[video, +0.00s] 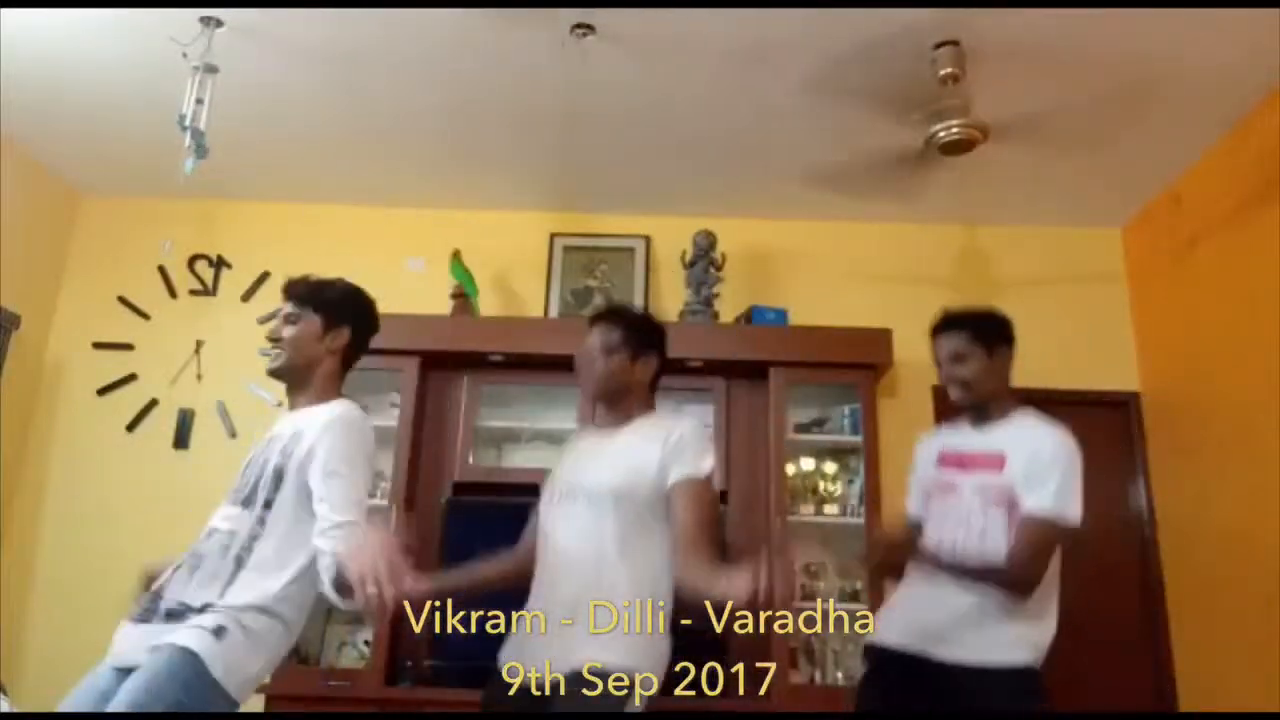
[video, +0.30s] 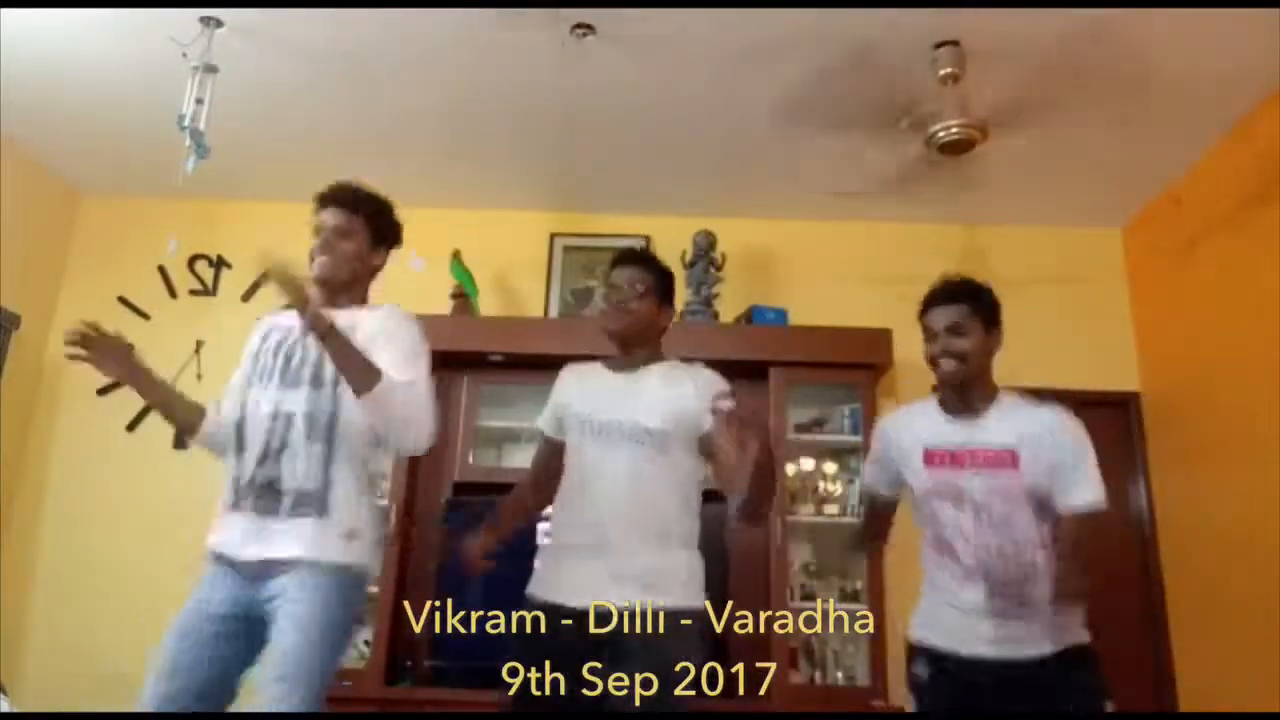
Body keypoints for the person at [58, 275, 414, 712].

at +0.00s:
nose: (273, 331)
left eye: (292, 320)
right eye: (278, 320)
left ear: (336, 340)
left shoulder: (340, 422)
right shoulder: (283, 430)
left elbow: (339, 573)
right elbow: (248, 545)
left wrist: (364, 550)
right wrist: (178, 571)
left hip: (223, 635)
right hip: (167, 621)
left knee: (129, 709)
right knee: (73, 707)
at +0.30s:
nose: (321, 242)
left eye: (339, 233)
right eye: (317, 232)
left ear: (377, 256)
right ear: (308, 245)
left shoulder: (389, 327)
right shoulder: (274, 330)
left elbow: (413, 431)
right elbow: (226, 435)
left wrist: (320, 325)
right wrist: (136, 374)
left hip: (322, 562)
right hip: (236, 557)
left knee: (284, 704)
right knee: (166, 701)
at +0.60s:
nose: (359, 292)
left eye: (378, 284)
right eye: (352, 278)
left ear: (404, 307)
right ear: (337, 291)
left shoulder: (427, 405)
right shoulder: (275, 388)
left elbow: (446, 546)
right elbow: (238, 512)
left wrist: (364, 619)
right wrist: (243, 619)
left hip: (377, 634)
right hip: (276, 625)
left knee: (387, 700)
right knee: (229, 704)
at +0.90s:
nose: (383, 301)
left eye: (396, 289)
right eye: (367, 289)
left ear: (414, 302)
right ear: (341, 304)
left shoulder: (454, 387)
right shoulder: (296, 378)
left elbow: (579, 396)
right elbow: (155, 406)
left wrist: (497, 367)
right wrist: (174, 309)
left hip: (399, 611)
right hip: (297, 606)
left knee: (408, 707)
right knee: (231, 706)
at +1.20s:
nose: (355, 316)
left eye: (375, 313)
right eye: (359, 309)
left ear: (412, 347)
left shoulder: (445, 420)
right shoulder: (293, 399)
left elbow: (567, 393)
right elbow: (167, 340)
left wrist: (478, 335)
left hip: (380, 660)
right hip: (273, 651)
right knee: (211, 710)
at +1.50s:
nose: (369, 306)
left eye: (389, 300)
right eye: (375, 298)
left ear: (427, 331)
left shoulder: (460, 413)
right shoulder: (315, 369)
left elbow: (565, 382)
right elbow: (227, 318)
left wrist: (478, 325)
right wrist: (191, 257)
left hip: (367, 622)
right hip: (260, 604)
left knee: (374, 708)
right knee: (197, 707)